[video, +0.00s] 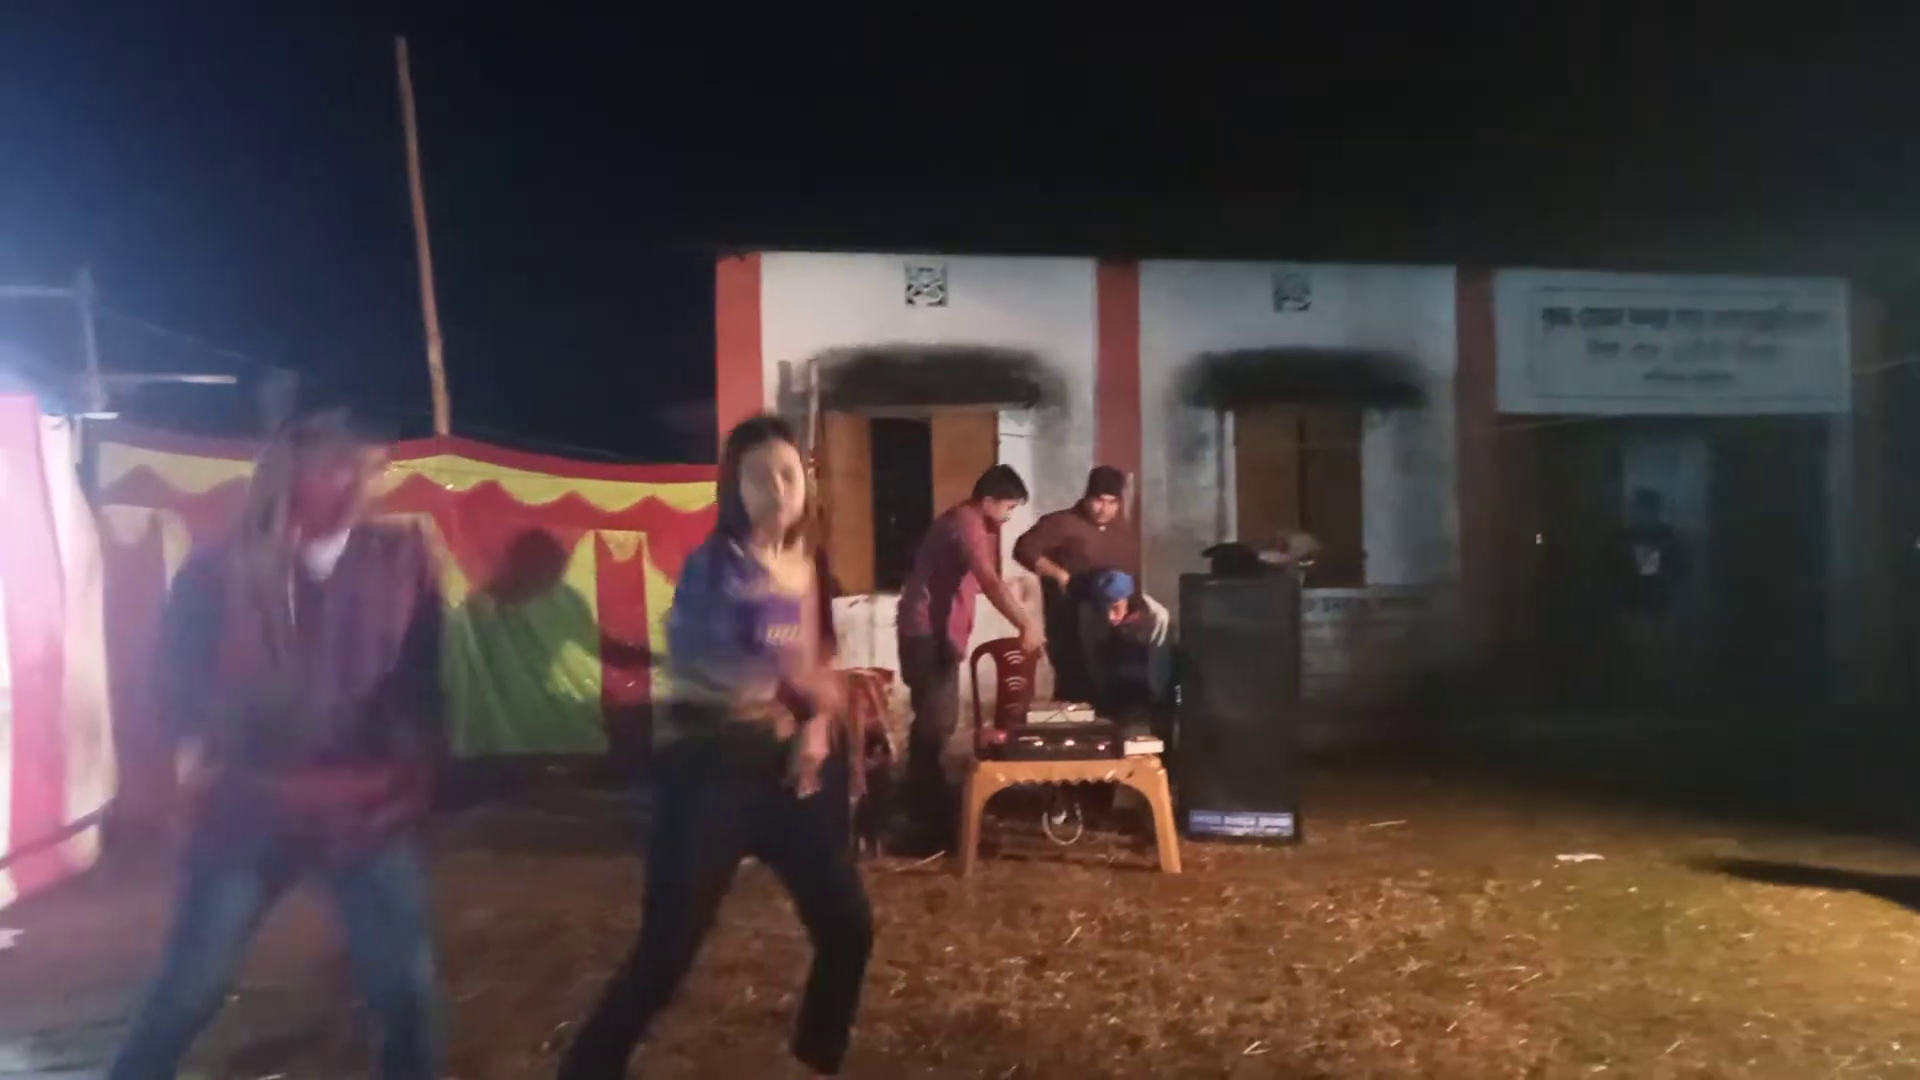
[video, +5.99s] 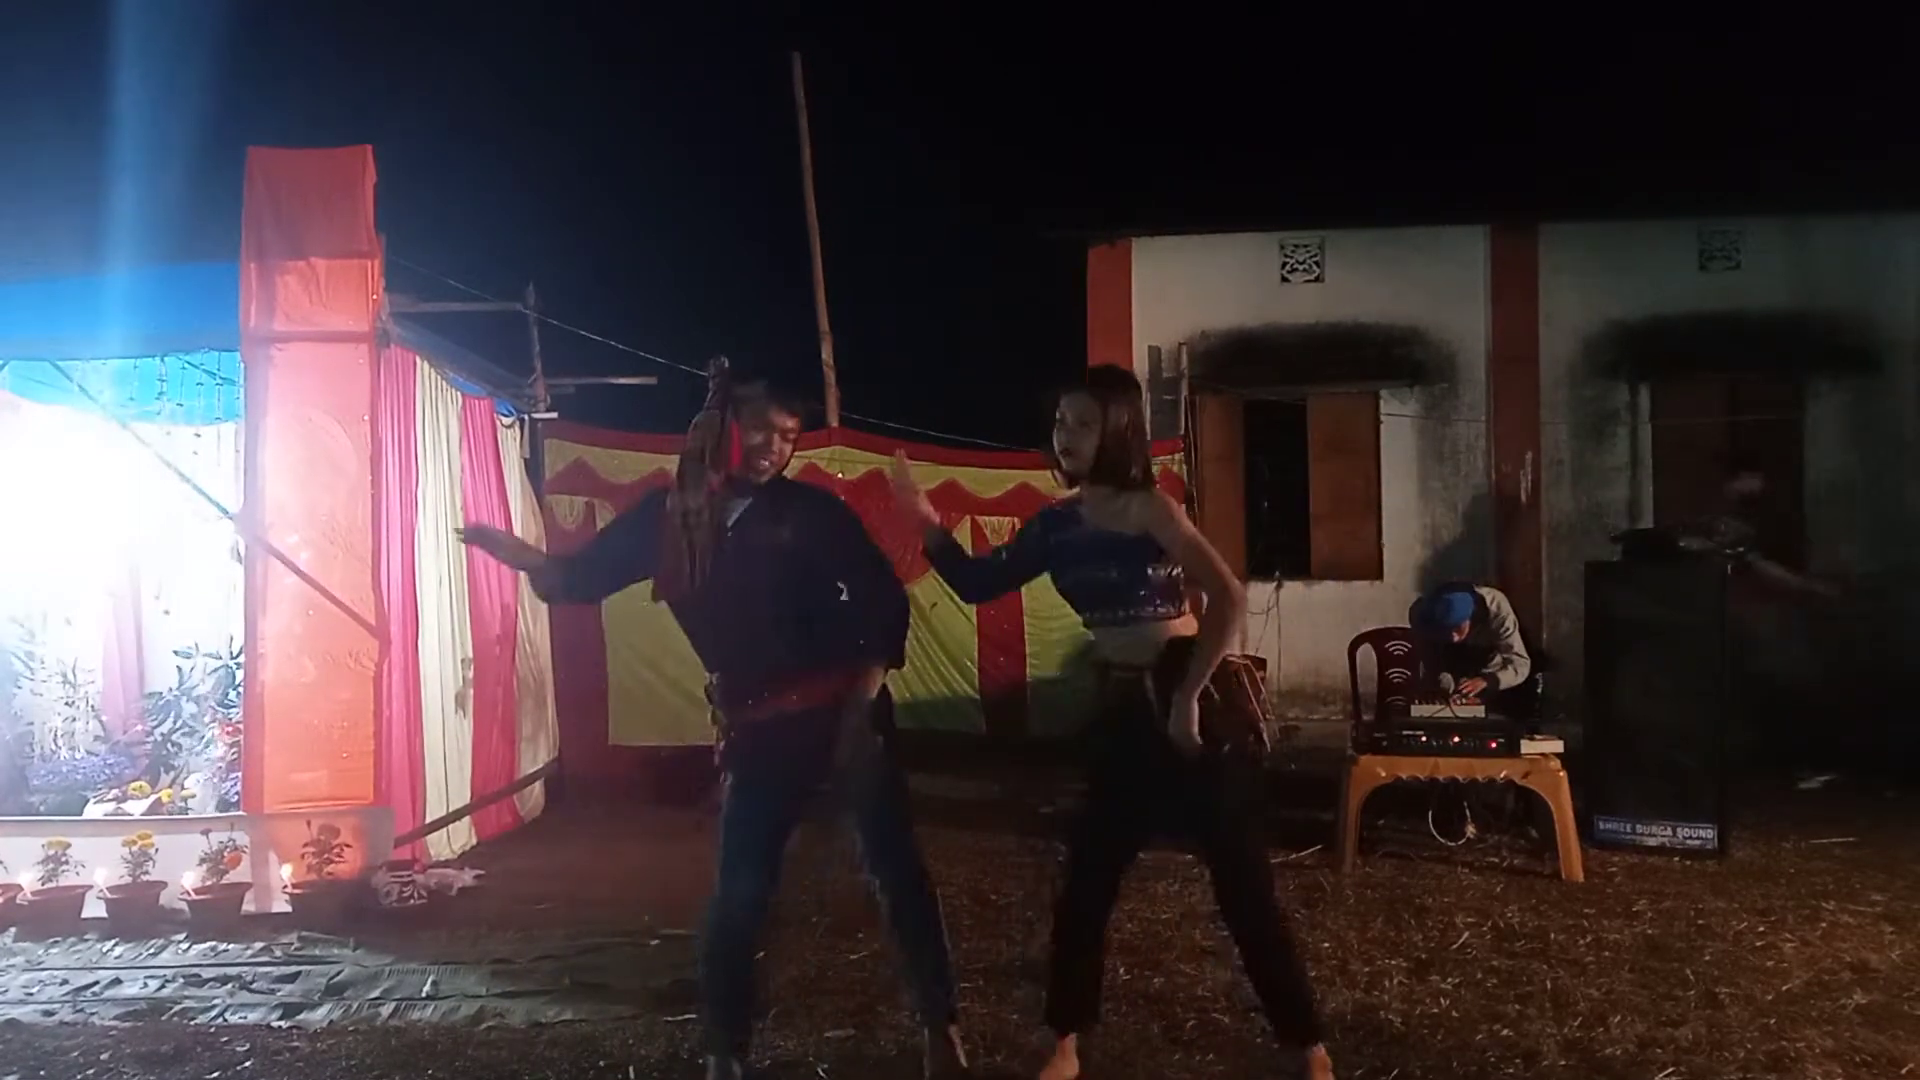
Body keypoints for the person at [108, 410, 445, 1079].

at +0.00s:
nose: (346, 485)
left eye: (358, 467)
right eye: (328, 466)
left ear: (375, 472)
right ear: (289, 472)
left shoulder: (401, 561)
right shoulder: (221, 573)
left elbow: (419, 683)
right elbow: (181, 684)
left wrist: (410, 770)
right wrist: (193, 752)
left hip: (368, 806)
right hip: (249, 811)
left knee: (408, 987)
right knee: (192, 990)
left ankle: (413, 1071)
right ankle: (133, 1071)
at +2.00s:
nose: (774, 420)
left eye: (780, 405)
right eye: (758, 404)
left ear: (786, 407)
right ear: (715, 403)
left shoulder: (807, 471)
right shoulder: (659, 492)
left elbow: (905, 537)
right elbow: (594, 597)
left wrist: (785, 527)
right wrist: (592, 533)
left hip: (817, 698)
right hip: (725, 710)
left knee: (855, 863)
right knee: (706, 877)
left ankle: (883, 1039)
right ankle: (703, 1042)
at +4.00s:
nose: (806, 469)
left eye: (814, 454)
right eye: (791, 454)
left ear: (825, 461)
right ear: (753, 460)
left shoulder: (857, 557)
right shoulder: (716, 549)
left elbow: (900, 670)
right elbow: (626, 615)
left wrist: (877, 747)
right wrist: (711, 566)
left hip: (819, 780)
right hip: (723, 776)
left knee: (857, 935)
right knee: (699, 932)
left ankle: (858, 1063)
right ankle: (642, 1063)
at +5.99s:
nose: (777, 450)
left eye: (787, 437)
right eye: (764, 433)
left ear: (794, 442)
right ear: (723, 430)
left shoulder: (817, 511)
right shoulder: (667, 518)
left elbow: (885, 599)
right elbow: (577, 577)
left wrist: (866, 693)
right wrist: (517, 552)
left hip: (848, 712)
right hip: (758, 725)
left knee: (894, 868)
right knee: (740, 892)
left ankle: (940, 1026)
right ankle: (724, 1050)